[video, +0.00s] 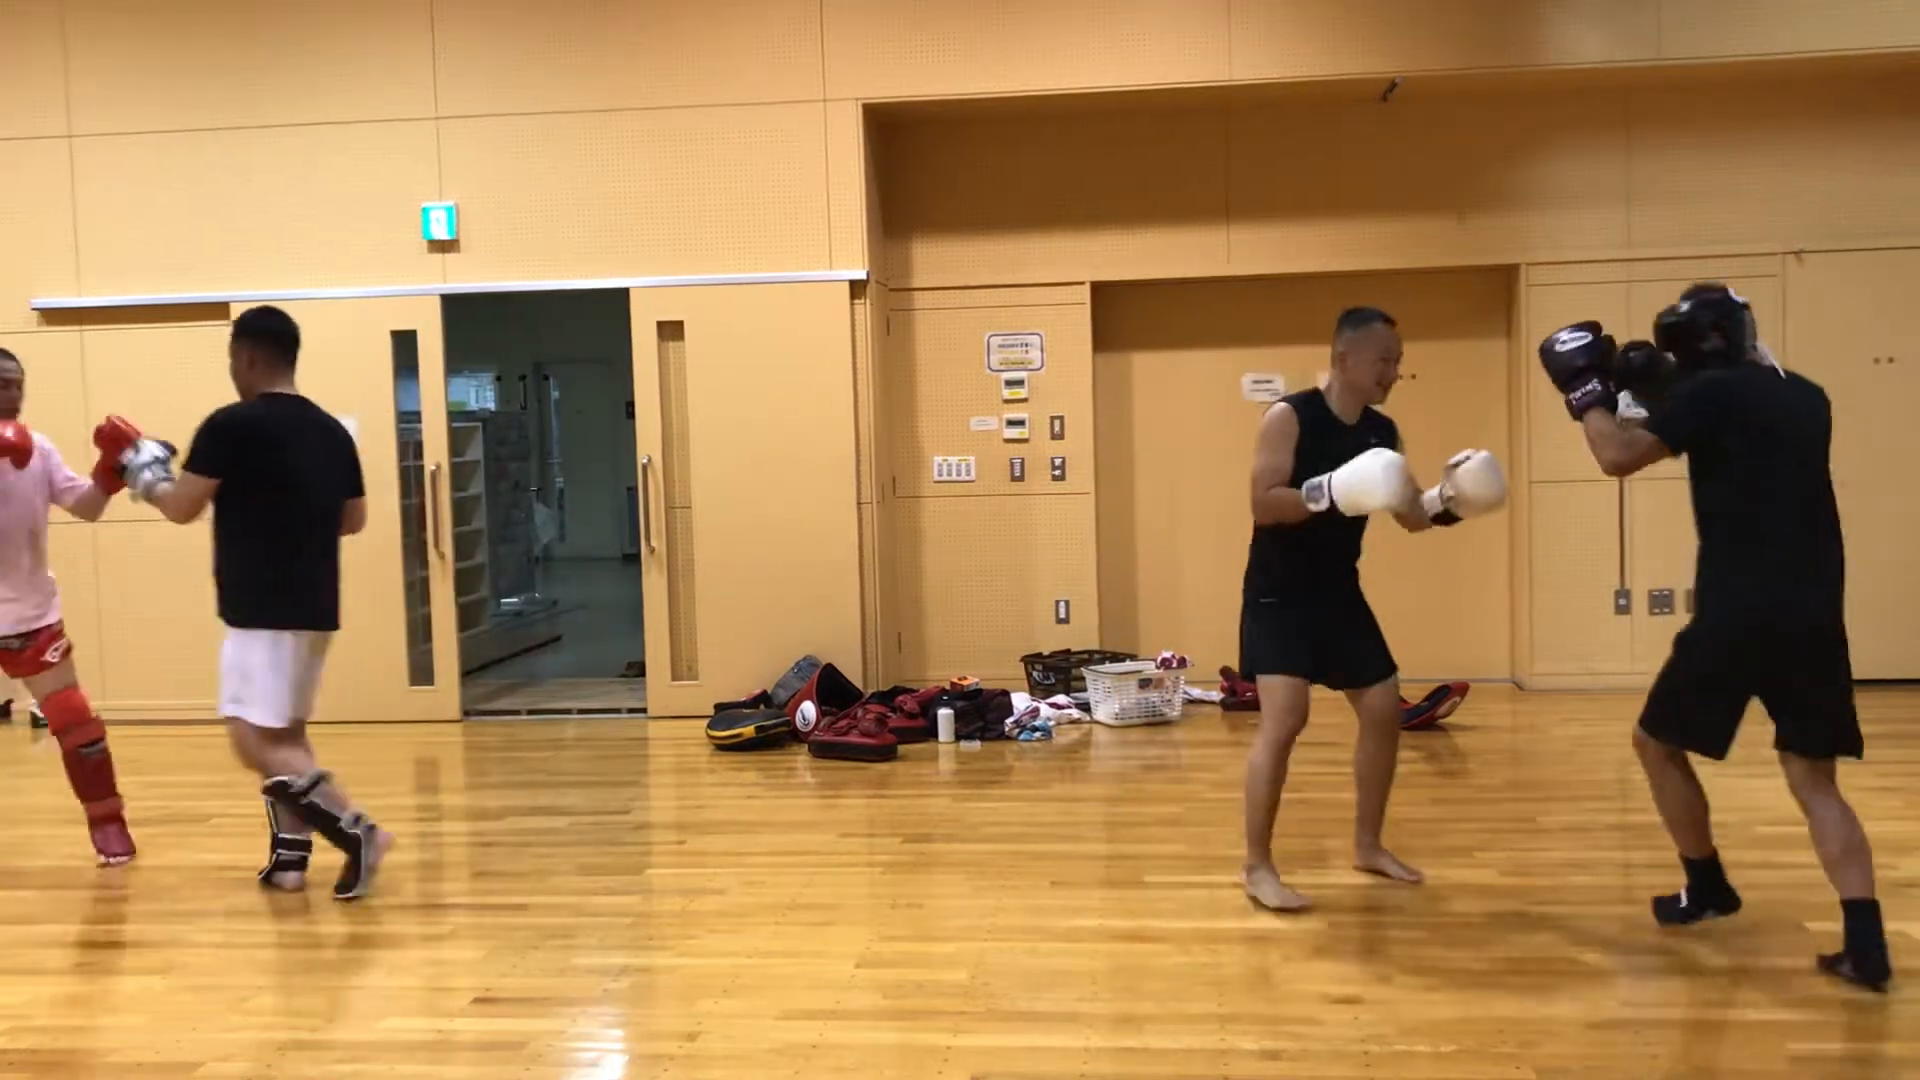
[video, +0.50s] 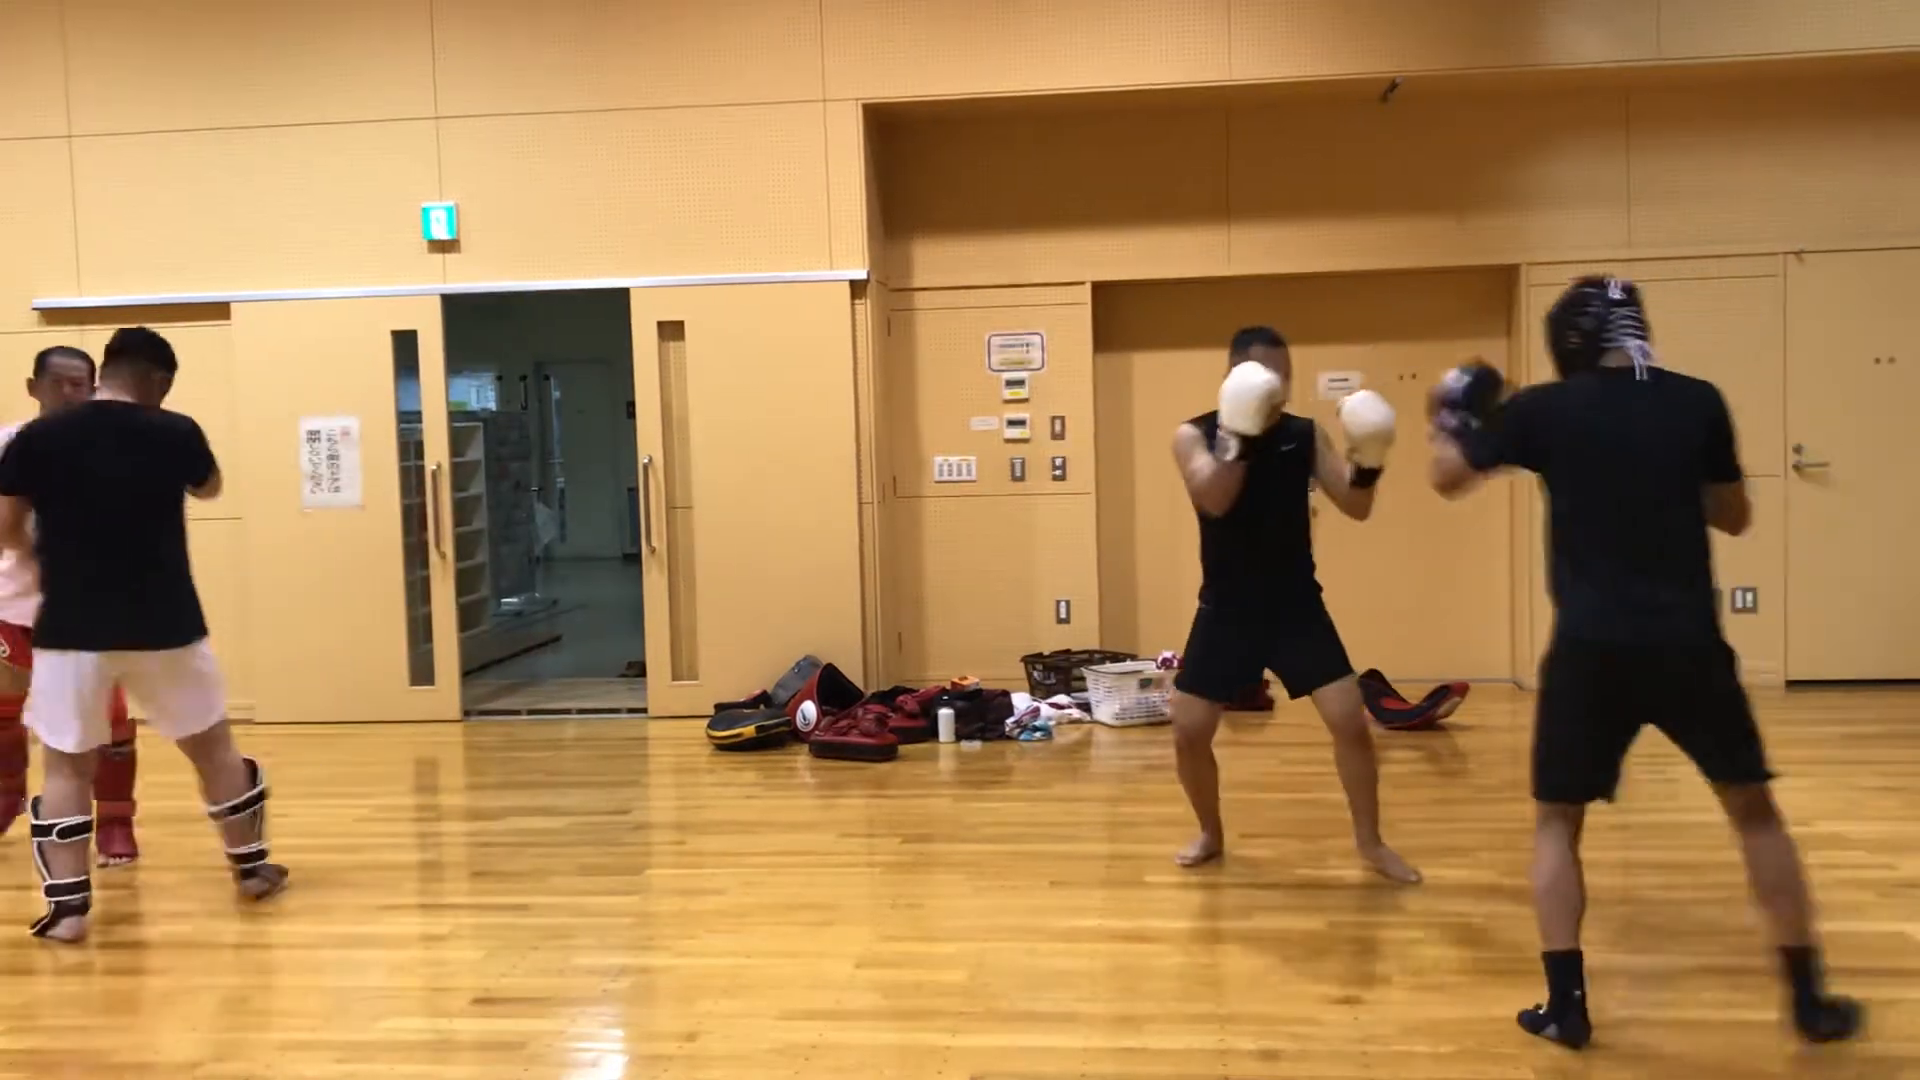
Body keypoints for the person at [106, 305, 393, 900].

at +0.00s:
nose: (231, 366)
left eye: (233, 356)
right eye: (233, 356)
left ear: (244, 357)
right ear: (292, 359)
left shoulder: (232, 426)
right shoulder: (330, 431)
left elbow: (181, 506)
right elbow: (353, 519)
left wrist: (146, 471)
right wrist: (285, 513)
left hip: (259, 607)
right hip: (316, 607)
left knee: (253, 739)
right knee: (286, 732)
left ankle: (355, 831)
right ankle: (289, 857)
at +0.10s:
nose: (210, 366)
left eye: (211, 356)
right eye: (212, 356)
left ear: (222, 356)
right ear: (271, 357)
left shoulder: (203, 420)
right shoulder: (308, 427)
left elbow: (131, 495)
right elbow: (315, 516)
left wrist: (109, 454)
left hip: (227, 607)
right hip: (294, 607)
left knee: (190, 734)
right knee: (279, 729)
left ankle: (280, 832)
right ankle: (295, 861)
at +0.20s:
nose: (182, 374)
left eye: (179, 364)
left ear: (178, 366)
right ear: (237, 365)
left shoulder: (164, 425)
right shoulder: (276, 433)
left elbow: (90, 485)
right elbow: (258, 499)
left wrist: (65, 444)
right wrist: (160, 472)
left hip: (187, 616)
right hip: (262, 615)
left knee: (142, 739)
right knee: (266, 736)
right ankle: (290, 863)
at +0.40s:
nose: (122, 382)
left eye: (120, 373)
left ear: (119, 374)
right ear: (181, 379)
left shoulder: (89, 442)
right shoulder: (215, 442)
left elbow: (29, 506)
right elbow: (236, 509)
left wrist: (72, 454)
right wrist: (176, 489)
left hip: (112, 634)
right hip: (199, 633)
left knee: (84, 765)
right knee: (236, 747)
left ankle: (71, 906)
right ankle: (283, 863)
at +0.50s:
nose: (164, 395)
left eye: (164, 388)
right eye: (166, 387)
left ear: (102, 370)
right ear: (160, 383)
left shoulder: (38, 437)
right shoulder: (174, 432)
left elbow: (12, 531)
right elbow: (209, 488)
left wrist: (45, 545)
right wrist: (150, 440)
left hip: (70, 630)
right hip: (162, 626)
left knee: (65, 763)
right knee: (212, 746)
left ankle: (68, 910)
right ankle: (252, 869)